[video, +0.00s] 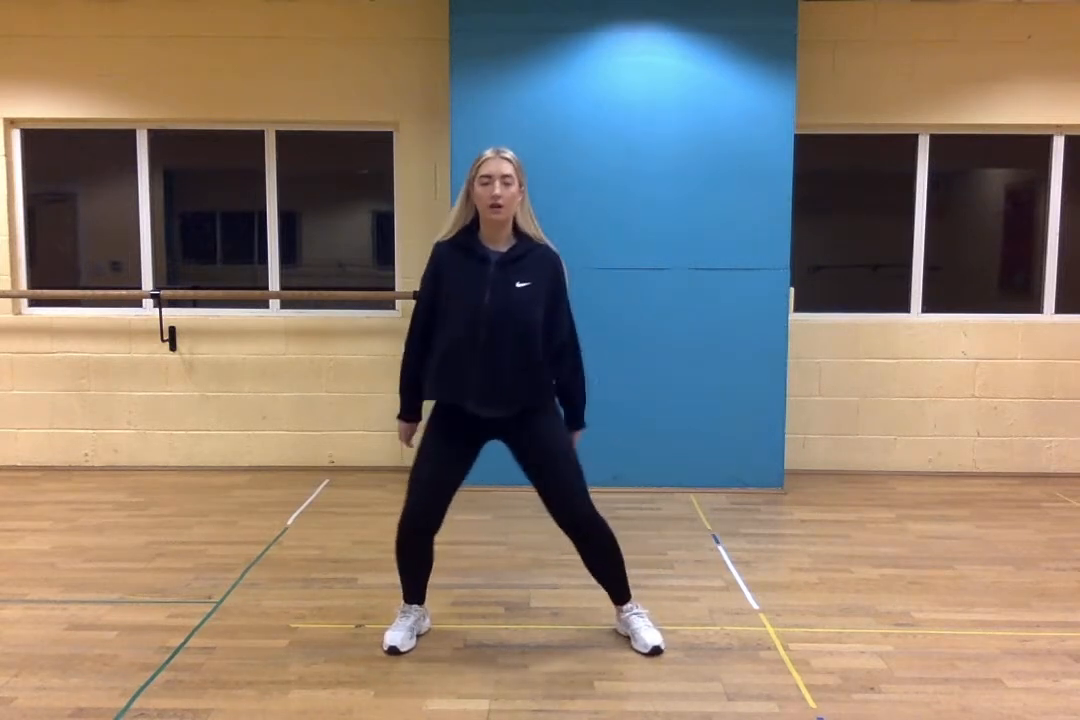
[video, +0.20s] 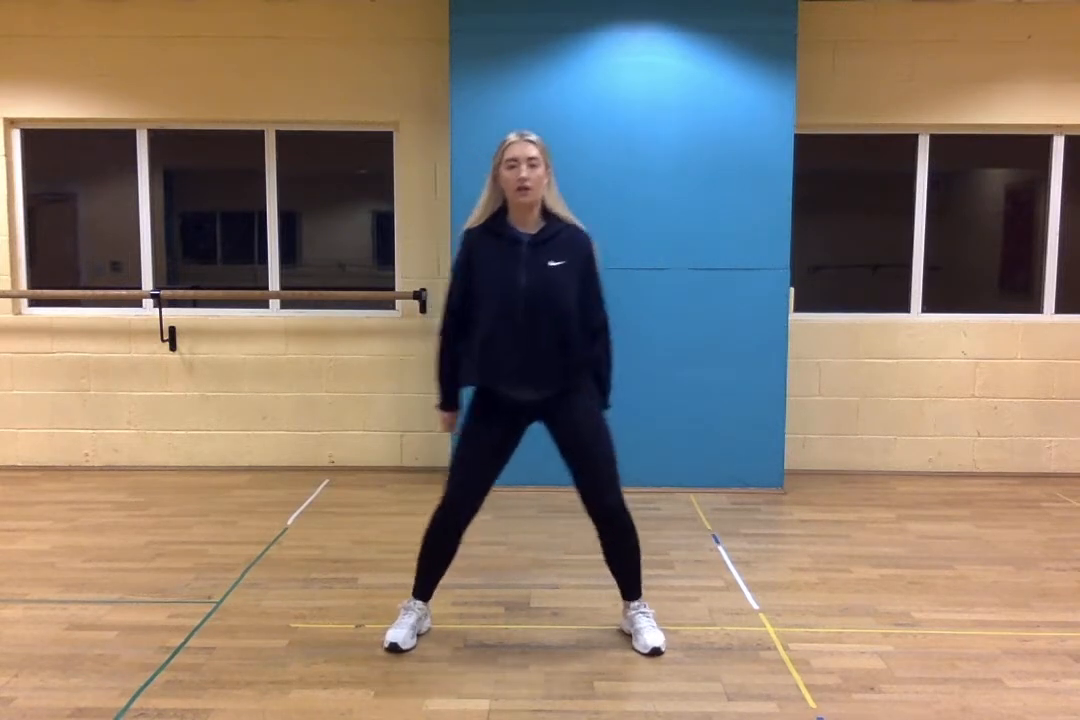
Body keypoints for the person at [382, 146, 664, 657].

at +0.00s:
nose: (496, 190)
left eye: (506, 181)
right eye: (486, 181)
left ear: (520, 191)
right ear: (471, 192)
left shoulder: (543, 260)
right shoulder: (447, 255)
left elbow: (563, 341)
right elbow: (421, 332)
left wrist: (574, 417)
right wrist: (409, 406)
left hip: (528, 409)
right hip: (458, 409)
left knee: (577, 513)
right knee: (417, 517)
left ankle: (628, 609)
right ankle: (412, 610)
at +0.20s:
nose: (523, 172)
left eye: (532, 163)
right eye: (512, 165)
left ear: (547, 174)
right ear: (498, 177)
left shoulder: (573, 240)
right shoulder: (479, 240)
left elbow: (594, 319)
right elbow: (455, 320)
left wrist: (599, 391)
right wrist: (449, 396)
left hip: (570, 390)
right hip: (500, 392)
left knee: (607, 503)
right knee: (457, 503)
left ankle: (636, 608)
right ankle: (416, 607)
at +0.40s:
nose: (548, 189)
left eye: (557, 179)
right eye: (537, 182)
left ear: (572, 189)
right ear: (524, 193)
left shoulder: (600, 255)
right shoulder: (503, 258)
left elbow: (624, 338)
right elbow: (485, 338)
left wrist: (642, 418)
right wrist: (487, 412)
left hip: (594, 408)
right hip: (521, 409)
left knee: (629, 515)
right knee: (464, 509)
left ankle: (637, 612)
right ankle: (416, 607)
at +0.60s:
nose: (538, 180)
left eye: (547, 171)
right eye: (527, 172)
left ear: (563, 180)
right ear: (514, 184)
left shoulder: (587, 248)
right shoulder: (492, 247)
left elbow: (617, 327)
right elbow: (475, 325)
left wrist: (640, 403)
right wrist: (477, 396)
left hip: (574, 400)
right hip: (503, 399)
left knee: (608, 508)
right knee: (452, 501)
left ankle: (635, 610)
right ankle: (415, 606)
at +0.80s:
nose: (509, 176)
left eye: (519, 168)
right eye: (500, 168)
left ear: (534, 180)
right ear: (485, 179)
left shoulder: (555, 247)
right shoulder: (460, 243)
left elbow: (582, 328)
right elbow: (436, 319)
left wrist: (603, 406)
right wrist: (431, 398)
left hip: (538, 397)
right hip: (467, 396)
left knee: (577, 507)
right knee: (427, 505)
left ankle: (631, 607)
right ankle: (413, 608)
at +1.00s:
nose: (506, 183)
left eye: (516, 175)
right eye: (496, 175)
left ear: (529, 186)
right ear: (480, 185)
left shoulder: (551, 253)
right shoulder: (454, 249)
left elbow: (569, 332)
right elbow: (428, 324)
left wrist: (573, 404)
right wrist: (417, 400)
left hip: (537, 400)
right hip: (467, 400)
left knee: (582, 505)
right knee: (425, 510)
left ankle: (631, 608)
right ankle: (412, 609)